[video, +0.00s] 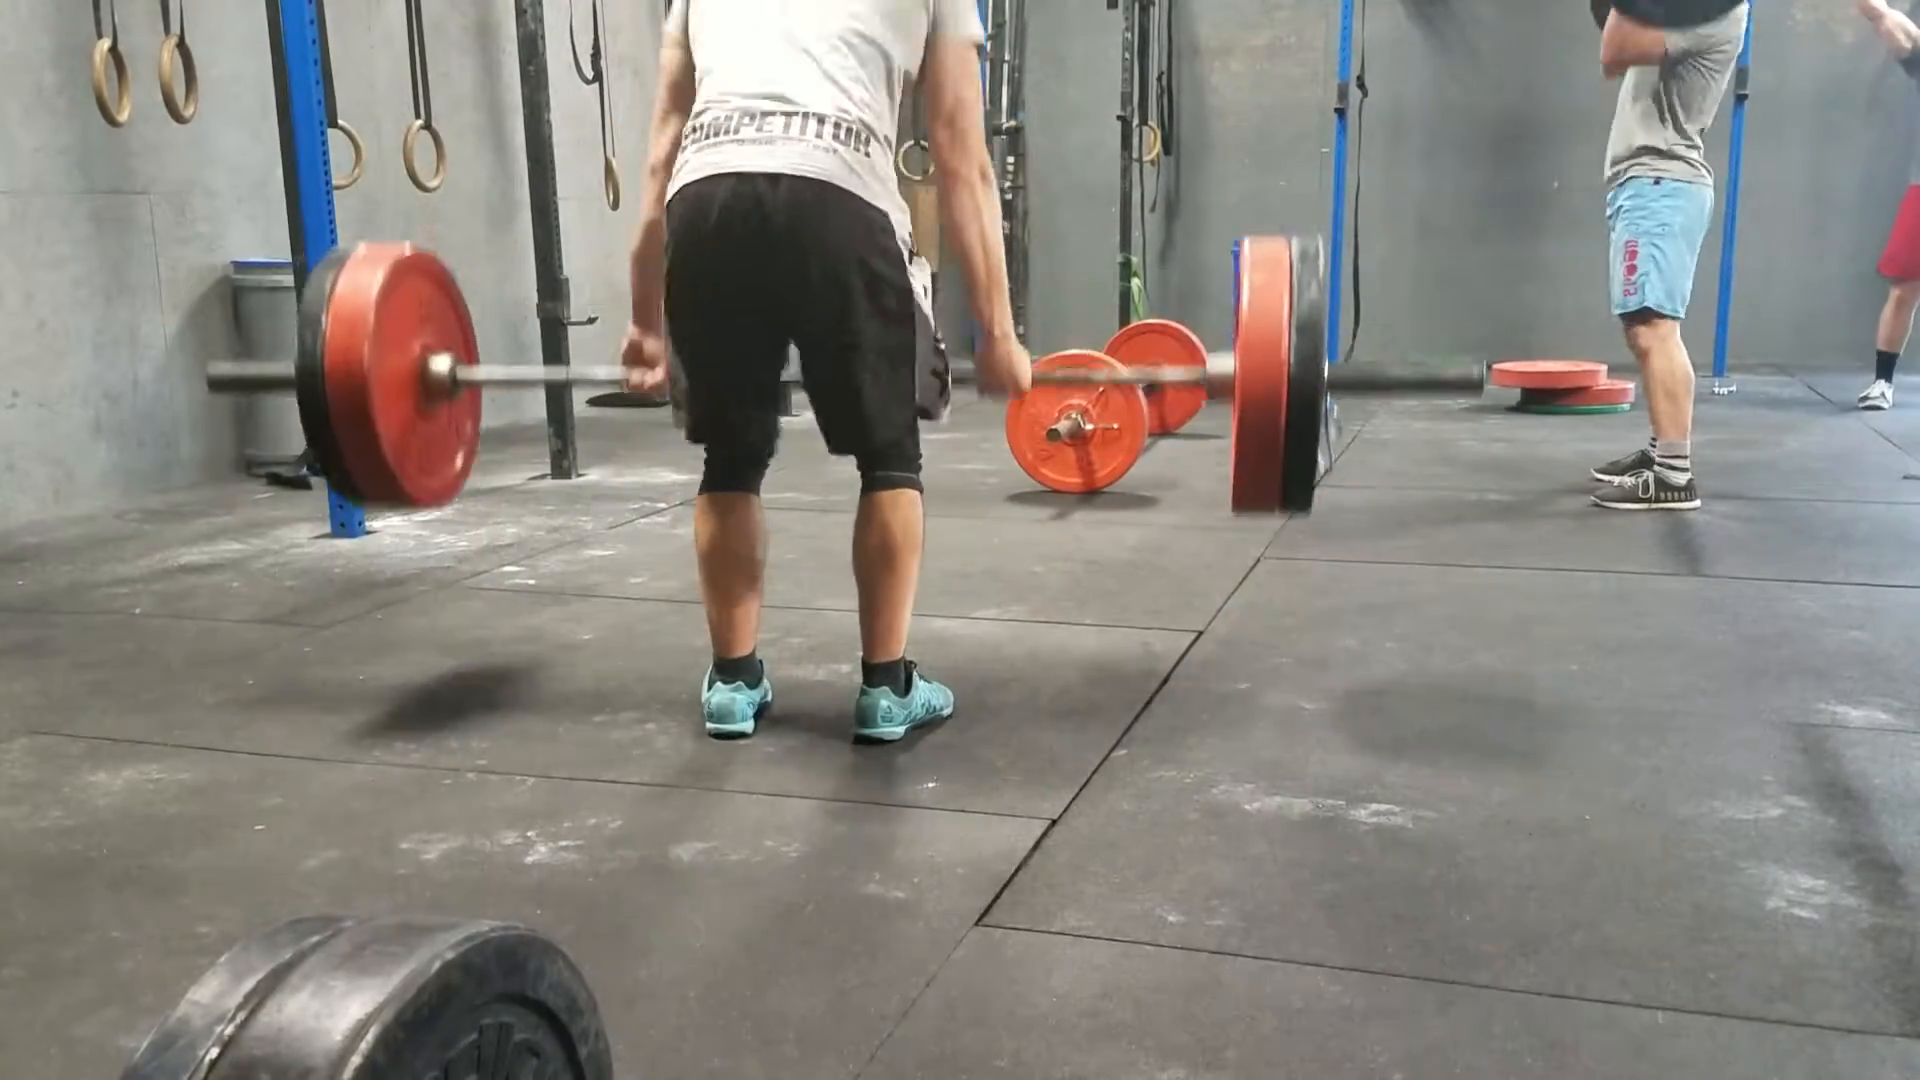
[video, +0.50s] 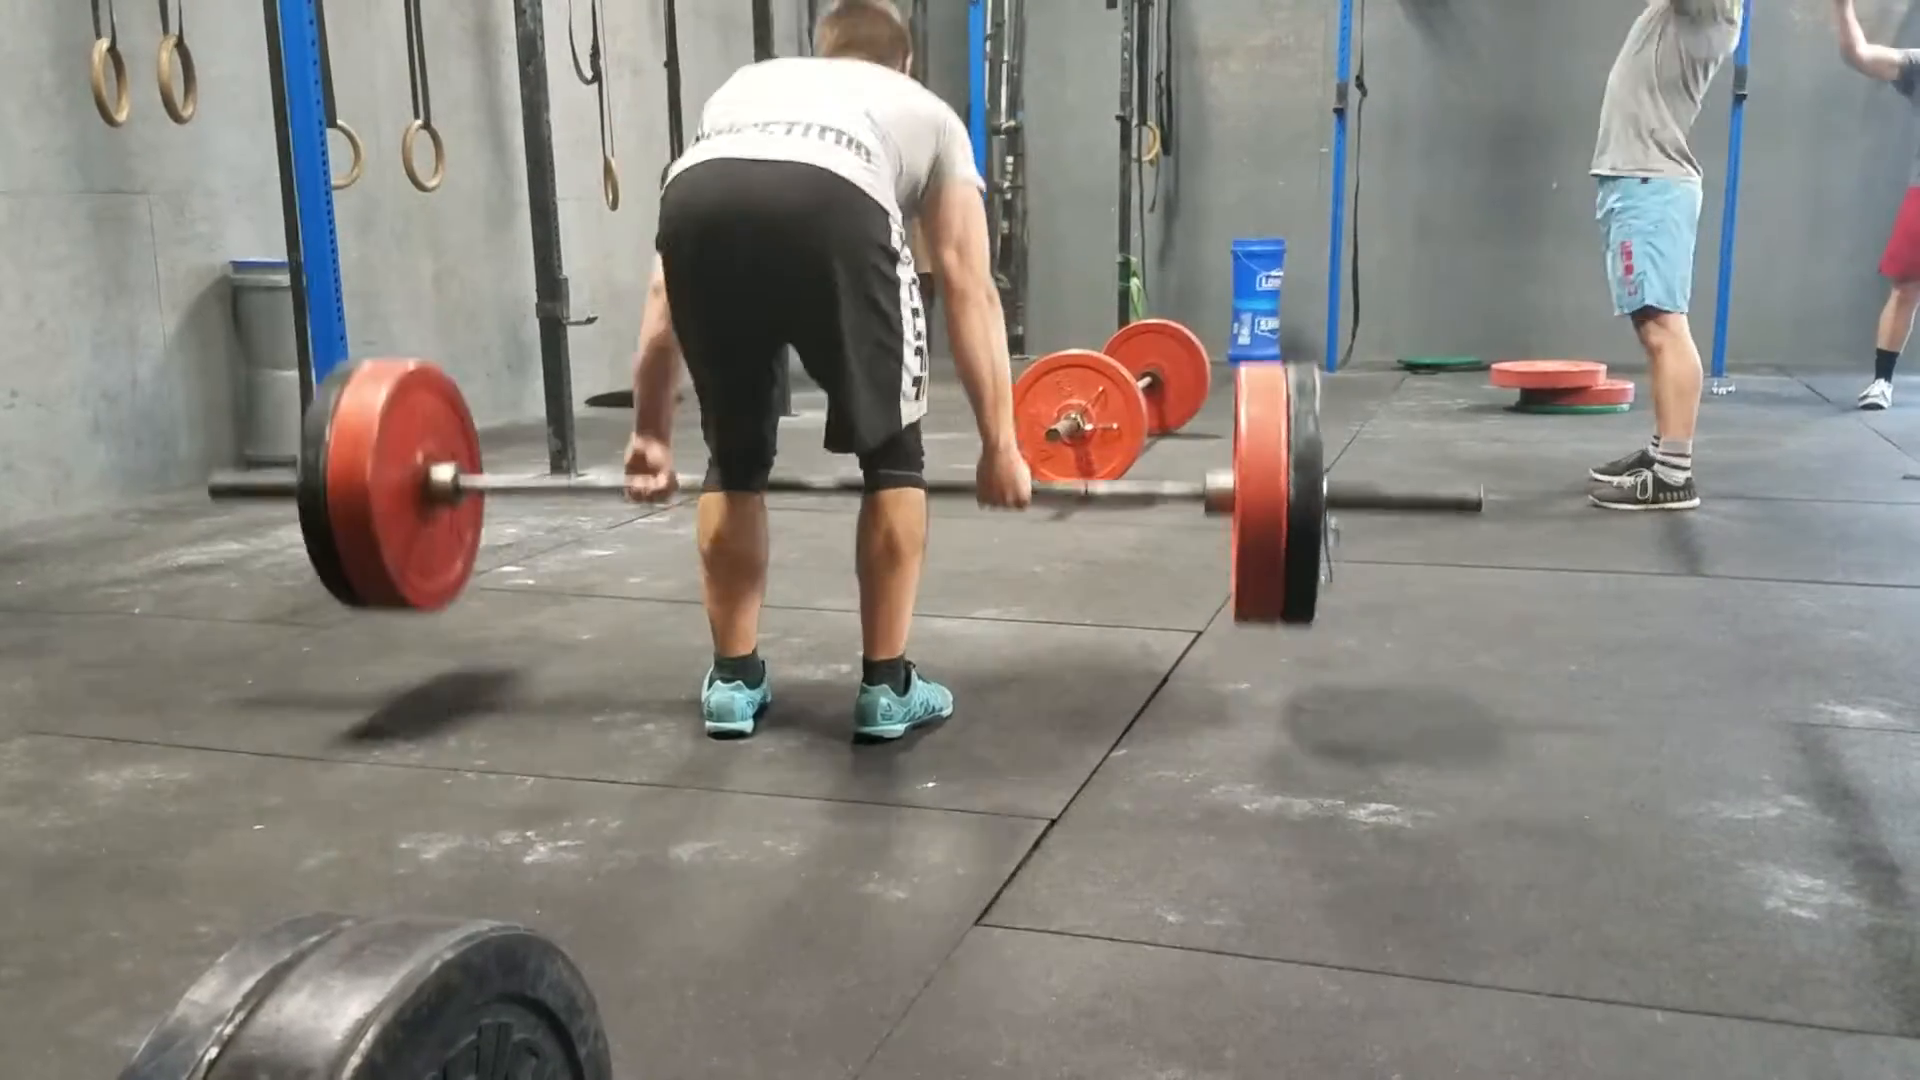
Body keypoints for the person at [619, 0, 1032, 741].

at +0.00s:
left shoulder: (697, 6)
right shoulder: (934, 5)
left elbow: (662, 166)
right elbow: (962, 167)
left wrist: (647, 322)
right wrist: (998, 331)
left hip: (708, 209)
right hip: (839, 209)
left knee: (729, 458)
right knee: (889, 456)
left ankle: (731, 682)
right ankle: (885, 686)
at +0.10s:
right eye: (920, 20)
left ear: (805, 3)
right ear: (902, 8)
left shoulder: (727, 41)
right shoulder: (932, 57)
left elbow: (676, 235)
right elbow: (963, 258)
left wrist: (652, 405)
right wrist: (1000, 423)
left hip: (703, 217)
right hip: (833, 220)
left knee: (720, 471)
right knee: (897, 463)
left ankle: (732, 683)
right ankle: (884, 686)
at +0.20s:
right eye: (911, 108)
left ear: (816, 95)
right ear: (905, 104)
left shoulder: (744, 127)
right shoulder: (933, 160)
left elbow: (680, 358)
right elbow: (968, 352)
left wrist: (658, 494)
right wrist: (1002, 509)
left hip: (695, 248)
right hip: (836, 255)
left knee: (725, 471)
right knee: (908, 469)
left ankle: (734, 683)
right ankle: (886, 686)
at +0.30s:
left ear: (822, 159)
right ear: (908, 173)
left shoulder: (746, 181)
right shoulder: (935, 218)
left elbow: (664, 392)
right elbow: (969, 386)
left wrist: (655, 528)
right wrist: (1003, 538)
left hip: (698, 274)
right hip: (840, 288)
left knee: (728, 481)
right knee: (911, 476)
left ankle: (735, 678)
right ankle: (886, 683)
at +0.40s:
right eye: (915, 128)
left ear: (820, 109)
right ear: (906, 122)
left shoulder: (744, 140)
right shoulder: (929, 170)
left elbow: (667, 358)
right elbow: (967, 336)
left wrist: (652, 492)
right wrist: (1001, 500)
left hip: (698, 239)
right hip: (837, 247)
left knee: (733, 471)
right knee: (899, 466)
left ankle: (732, 680)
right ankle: (886, 684)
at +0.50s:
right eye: (914, 76)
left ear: (821, 51)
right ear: (906, 67)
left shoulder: (740, 86)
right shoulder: (930, 113)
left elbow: (665, 300)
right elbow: (965, 280)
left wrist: (649, 433)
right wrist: (999, 440)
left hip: (702, 207)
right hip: (835, 214)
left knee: (734, 465)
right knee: (891, 461)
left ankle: (732, 681)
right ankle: (885, 686)